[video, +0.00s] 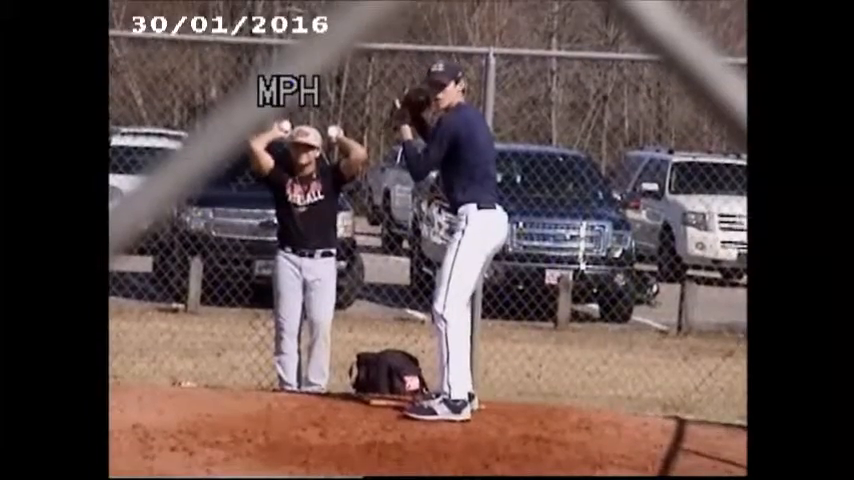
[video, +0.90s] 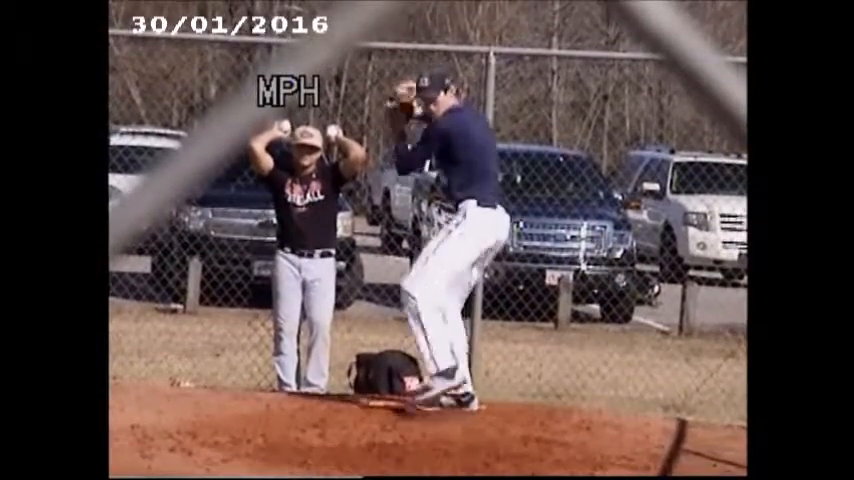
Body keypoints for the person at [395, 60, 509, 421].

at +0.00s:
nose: (435, 93)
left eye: (441, 87)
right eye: (434, 87)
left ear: (460, 86)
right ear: (447, 90)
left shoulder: (452, 120)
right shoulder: (471, 117)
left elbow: (420, 167)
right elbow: (433, 162)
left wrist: (406, 133)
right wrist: (418, 132)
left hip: (474, 218)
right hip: (489, 216)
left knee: (447, 306)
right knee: (456, 305)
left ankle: (455, 396)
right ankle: (461, 391)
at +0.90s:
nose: (427, 107)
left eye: (431, 100)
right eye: (424, 101)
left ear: (453, 93)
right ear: (455, 96)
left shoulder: (443, 125)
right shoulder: (475, 117)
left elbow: (406, 164)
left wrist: (399, 124)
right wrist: (418, 107)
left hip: (474, 216)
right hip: (496, 217)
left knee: (416, 288)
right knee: (447, 300)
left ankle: (441, 373)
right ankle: (461, 386)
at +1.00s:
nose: (424, 106)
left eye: (426, 100)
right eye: (421, 101)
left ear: (444, 90)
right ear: (448, 91)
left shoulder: (438, 122)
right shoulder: (474, 110)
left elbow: (398, 158)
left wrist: (406, 119)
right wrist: (420, 106)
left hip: (475, 212)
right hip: (499, 215)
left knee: (402, 255)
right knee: (457, 299)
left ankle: (440, 329)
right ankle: (459, 387)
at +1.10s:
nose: (417, 104)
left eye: (420, 97)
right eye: (415, 98)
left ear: (441, 90)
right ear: (446, 92)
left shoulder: (432, 120)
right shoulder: (473, 111)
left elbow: (389, 159)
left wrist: (416, 128)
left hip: (472, 212)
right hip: (500, 216)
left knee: (394, 234)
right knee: (461, 301)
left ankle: (427, 314)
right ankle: (459, 387)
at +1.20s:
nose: (416, 110)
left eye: (420, 103)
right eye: (414, 104)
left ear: (440, 97)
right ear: (444, 99)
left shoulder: (431, 127)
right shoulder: (472, 118)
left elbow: (388, 168)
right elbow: (484, 162)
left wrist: (411, 133)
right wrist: (450, 192)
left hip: (472, 216)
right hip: (503, 221)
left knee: (394, 236)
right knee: (458, 303)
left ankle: (402, 320)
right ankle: (460, 389)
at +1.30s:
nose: (420, 113)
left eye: (424, 106)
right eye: (418, 107)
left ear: (443, 102)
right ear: (444, 105)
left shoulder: (437, 131)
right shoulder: (469, 129)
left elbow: (392, 155)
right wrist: (446, 197)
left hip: (471, 221)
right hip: (500, 228)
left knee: (394, 252)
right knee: (445, 301)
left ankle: (368, 339)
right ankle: (457, 386)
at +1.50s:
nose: (418, 133)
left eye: (424, 128)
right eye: (417, 128)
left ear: (442, 128)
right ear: (444, 131)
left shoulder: (431, 154)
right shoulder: (466, 157)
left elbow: (393, 150)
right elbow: (488, 198)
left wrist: (359, 139)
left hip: (465, 247)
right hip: (490, 253)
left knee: (396, 297)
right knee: (428, 315)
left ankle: (343, 368)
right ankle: (454, 387)